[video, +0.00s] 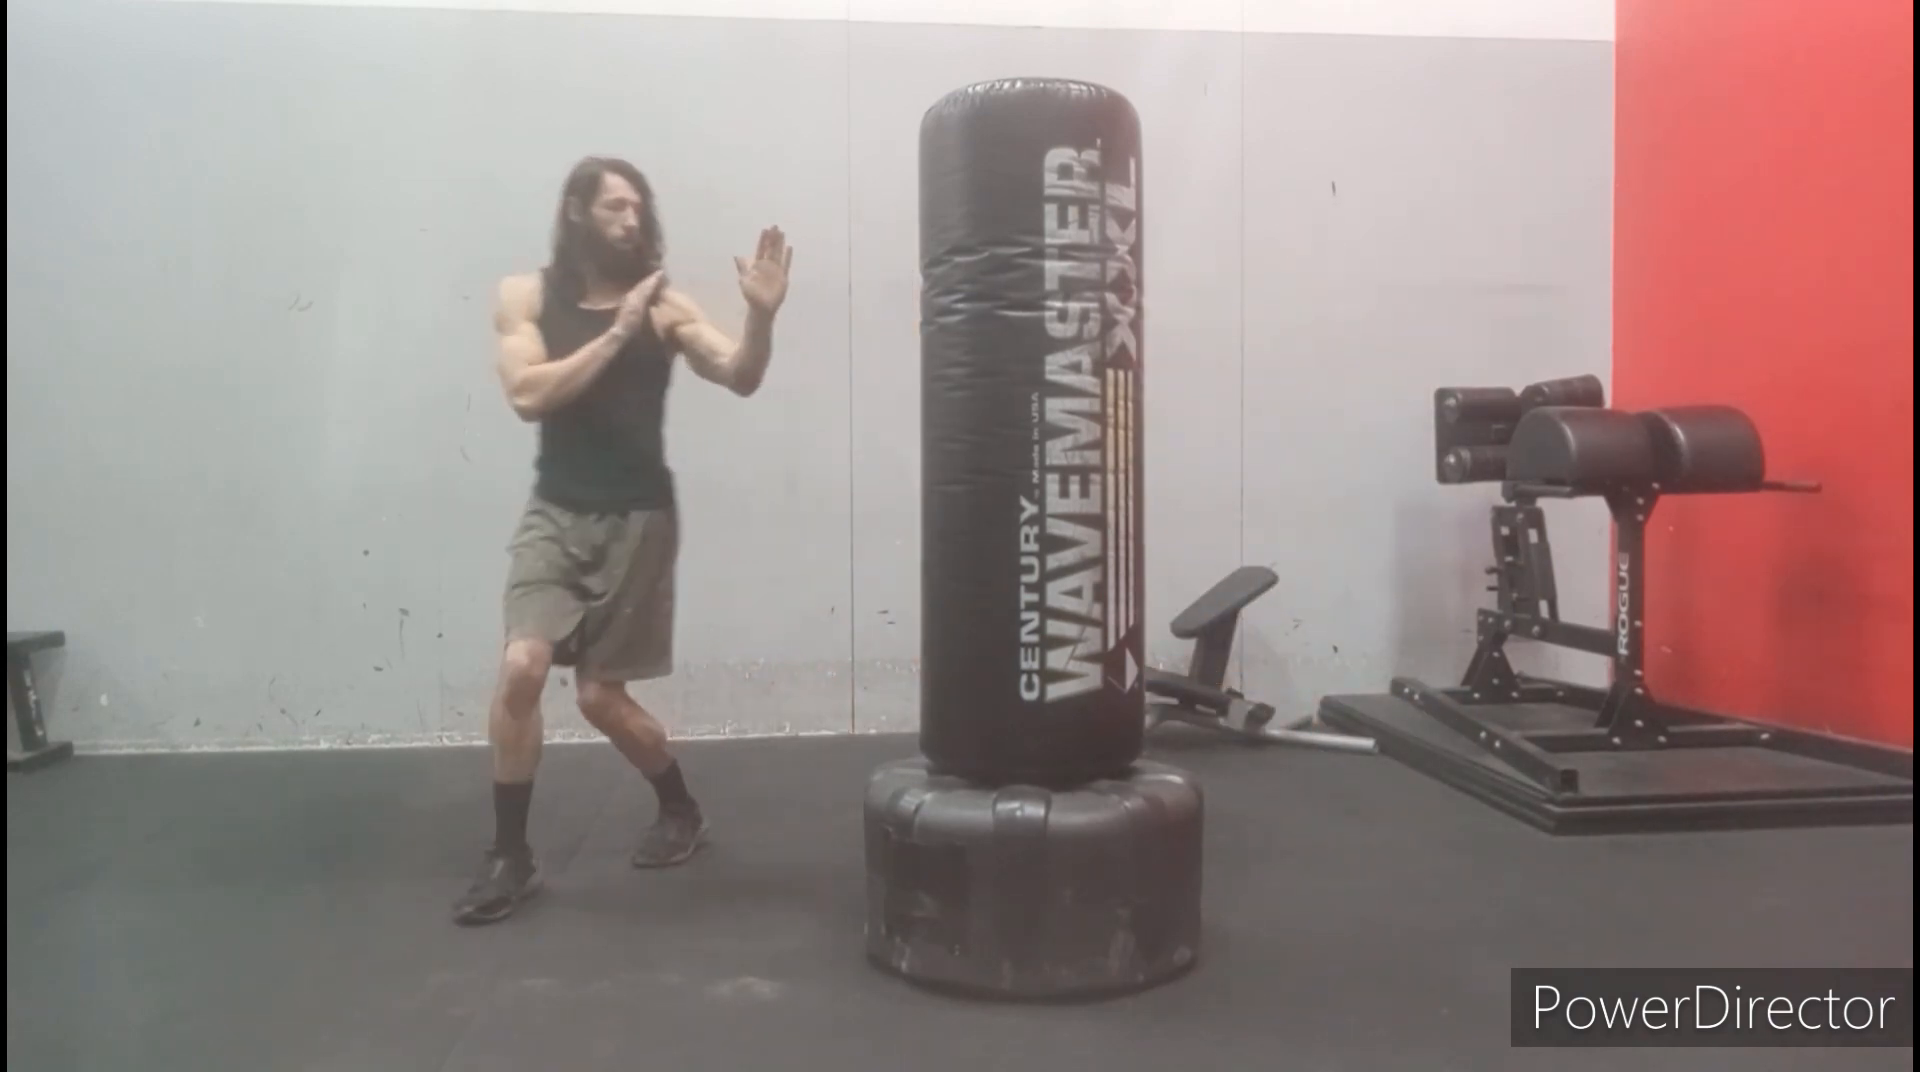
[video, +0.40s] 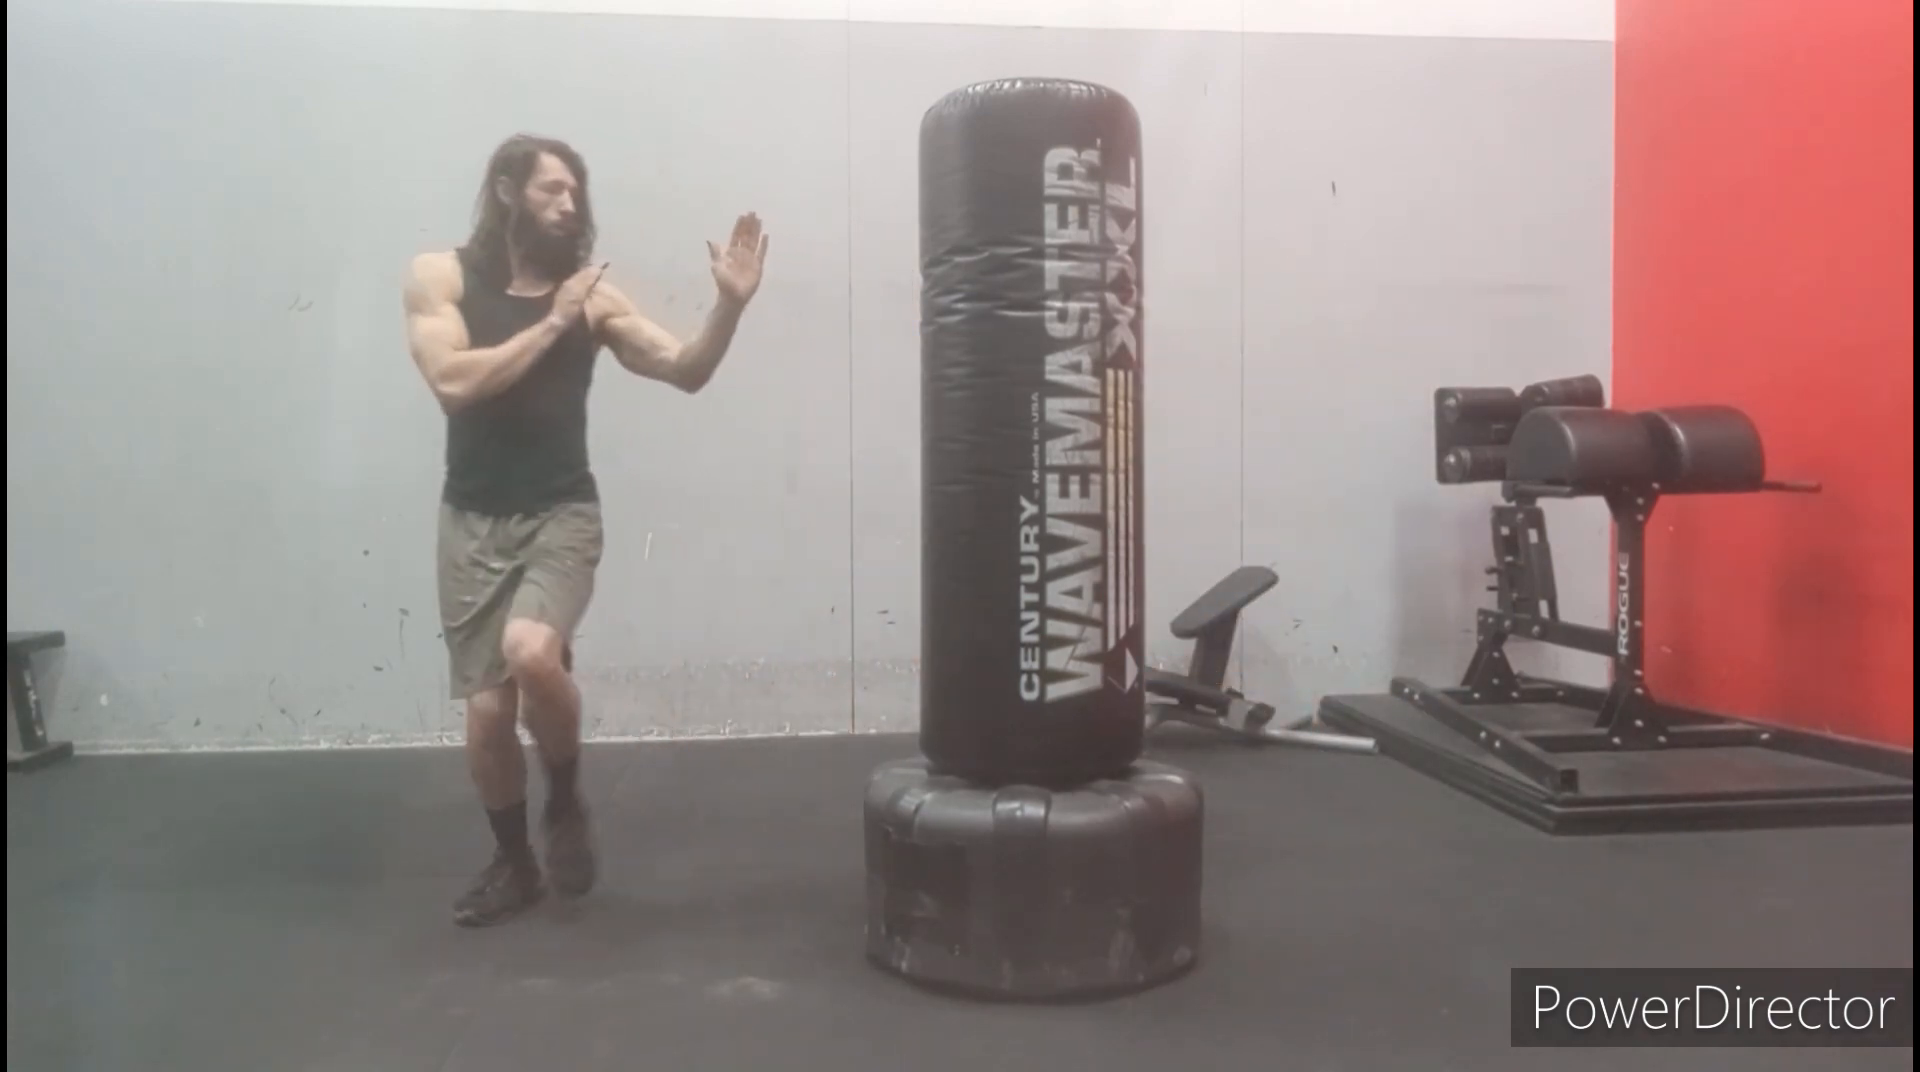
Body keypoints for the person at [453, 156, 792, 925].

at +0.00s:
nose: (631, 219)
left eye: (638, 208)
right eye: (614, 207)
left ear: (647, 220)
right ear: (576, 218)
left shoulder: (662, 306)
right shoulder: (525, 295)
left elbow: (741, 376)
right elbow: (528, 396)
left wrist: (761, 315)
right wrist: (621, 331)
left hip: (637, 516)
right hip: (555, 510)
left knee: (598, 696)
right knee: (521, 668)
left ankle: (680, 810)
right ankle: (509, 855)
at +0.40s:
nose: (568, 204)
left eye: (574, 192)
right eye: (551, 190)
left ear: (580, 203)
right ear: (507, 195)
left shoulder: (588, 295)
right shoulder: (439, 275)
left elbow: (687, 369)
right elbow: (453, 385)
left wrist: (729, 302)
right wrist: (554, 323)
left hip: (563, 510)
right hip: (475, 517)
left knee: (531, 651)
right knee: (488, 708)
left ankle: (566, 809)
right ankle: (513, 863)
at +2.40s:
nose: (596, 146)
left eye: (597, 128)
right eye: (582, 125)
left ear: (548, 135)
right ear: (523, 126)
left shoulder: (565, 253)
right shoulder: (430, 210)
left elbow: (691, 350)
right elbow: (504, 349)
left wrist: (791, 289)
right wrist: (593, 276)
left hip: (538, 513)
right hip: (448, 505)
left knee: (572, 745)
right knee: (526, 716)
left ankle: (486, 924)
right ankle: (537, 984)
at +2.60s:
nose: (606, 139)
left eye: (607, 120)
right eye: (593, 117)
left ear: (551, 125)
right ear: (533, 118)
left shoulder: (573, 242)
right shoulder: (443, 205)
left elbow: (696, 347)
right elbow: (529, 348)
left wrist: (806, 288)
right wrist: (610, 271)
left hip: (544, 513)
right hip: (458, 506)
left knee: (582, 749)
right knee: (564, 730)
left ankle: (481, 929)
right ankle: (543, 998)